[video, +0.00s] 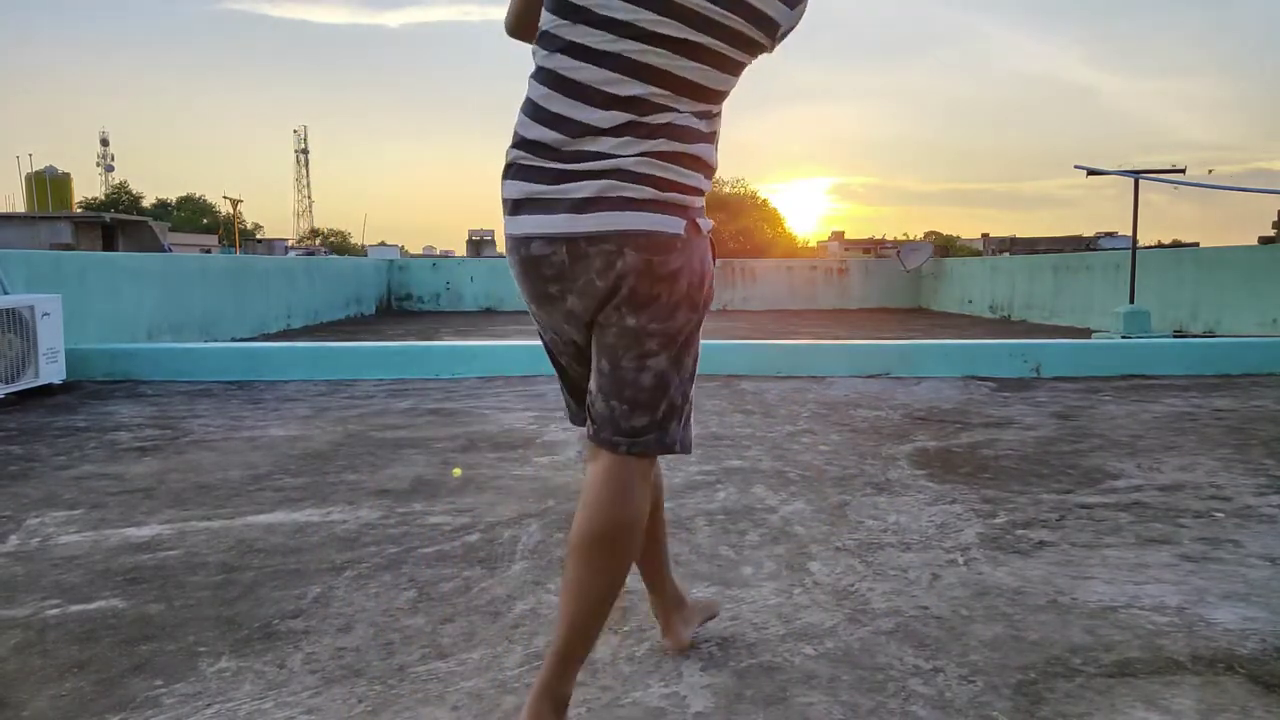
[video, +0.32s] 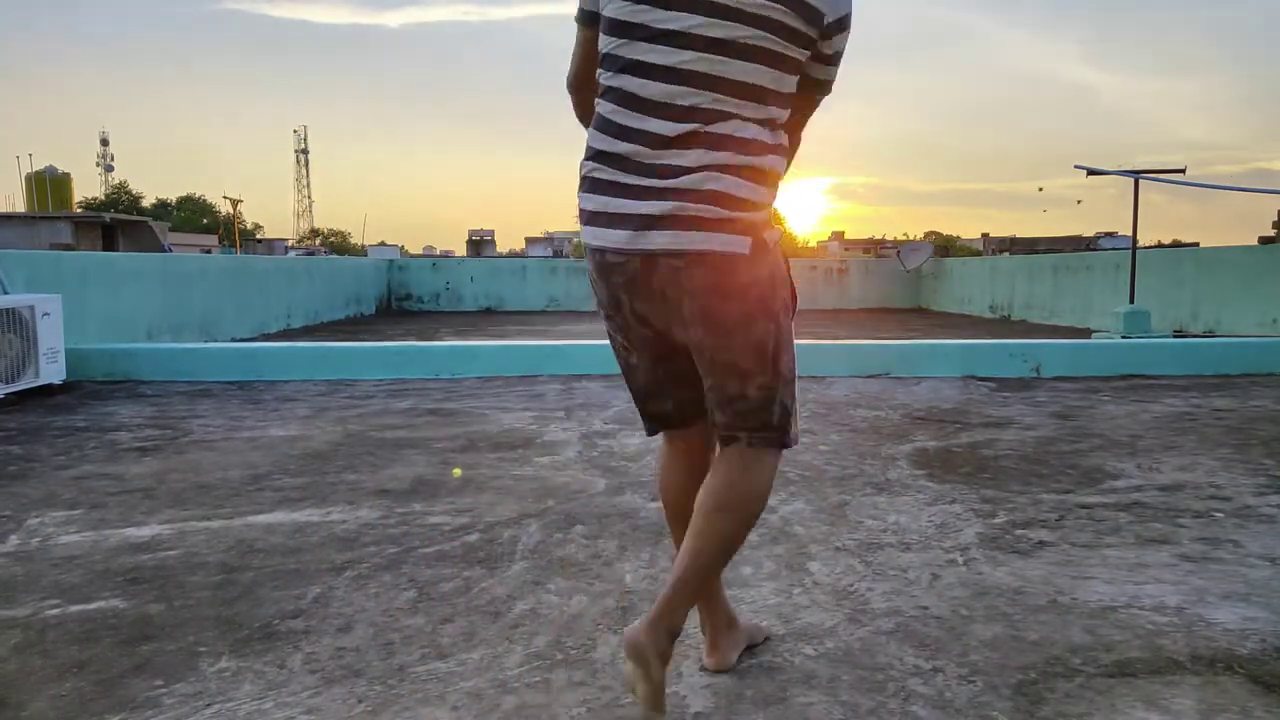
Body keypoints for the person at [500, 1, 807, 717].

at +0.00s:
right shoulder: (772, 4)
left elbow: (521, 19)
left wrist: (612, 26)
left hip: (536, 224)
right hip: (651, 227)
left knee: (620, 429)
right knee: (622, 452)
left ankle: (671, 608)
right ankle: (548, 700)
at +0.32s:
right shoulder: (825, 6)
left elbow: (583, 88)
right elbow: (788, 129)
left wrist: (641, 167)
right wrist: (734, 199)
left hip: (613, 231)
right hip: (725, 236)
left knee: (682, 427)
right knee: (752, 436)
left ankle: (719, 627)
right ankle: (656, 630)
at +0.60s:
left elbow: (616, 83)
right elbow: (899, 67)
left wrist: (586, 203)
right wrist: (1020, 175)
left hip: (662, 233)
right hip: (773, 237)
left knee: (700, 424)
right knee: (804, 430)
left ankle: (718, 629)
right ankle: (828, 642)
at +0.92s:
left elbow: (635, 19)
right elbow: (914, 32)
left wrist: (552, 96)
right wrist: (1007, 129)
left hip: (705, 218)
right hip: (824, 216)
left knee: (721, 421)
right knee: (821, 434)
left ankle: (721, 628)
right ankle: (819, 672)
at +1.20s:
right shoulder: (906, 0)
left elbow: (648, 10)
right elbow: (906, 116)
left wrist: (566, 123)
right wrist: (898, 214)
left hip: (702, 217)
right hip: (830, 223)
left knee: (702, 427)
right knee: (825, 442)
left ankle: (701, 633)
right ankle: (822, 676)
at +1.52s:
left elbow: (594, 53)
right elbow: (833, 83)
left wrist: (537, 200)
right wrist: (744, 132)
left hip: (659, 226)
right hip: (791, 227)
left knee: (609, 455)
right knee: (807, 450)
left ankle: (556, 683)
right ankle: (824, 676)